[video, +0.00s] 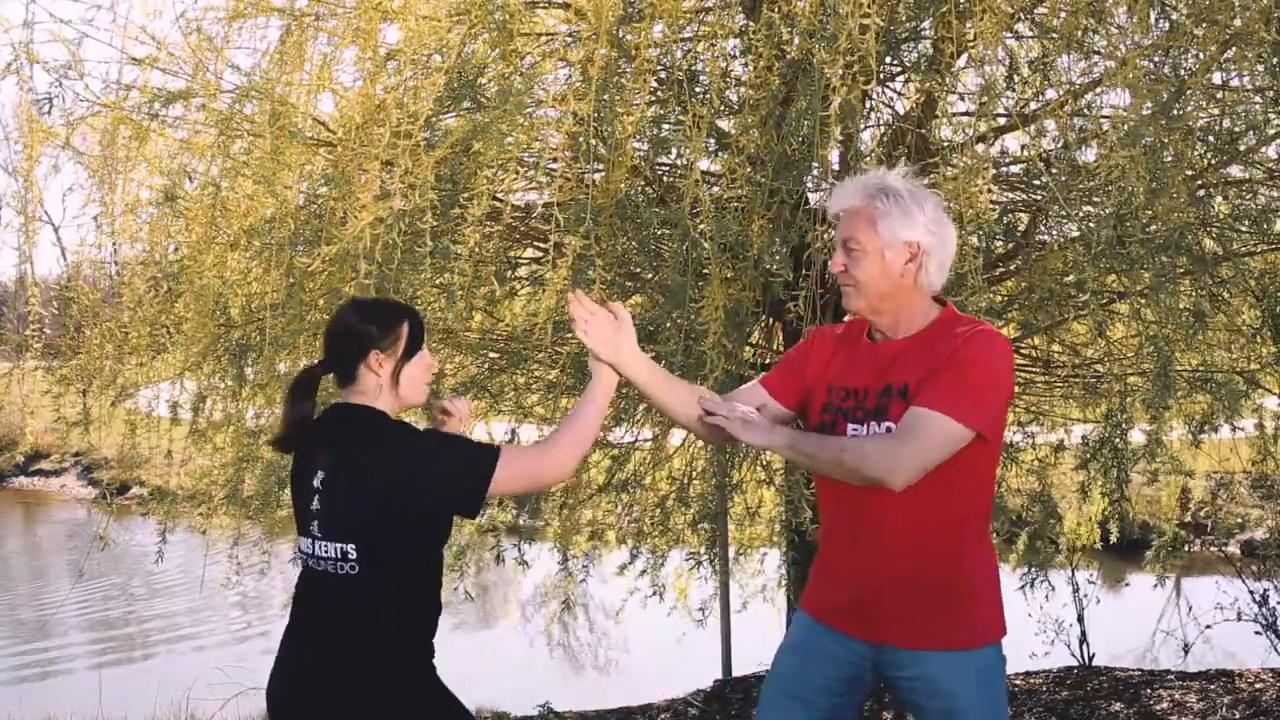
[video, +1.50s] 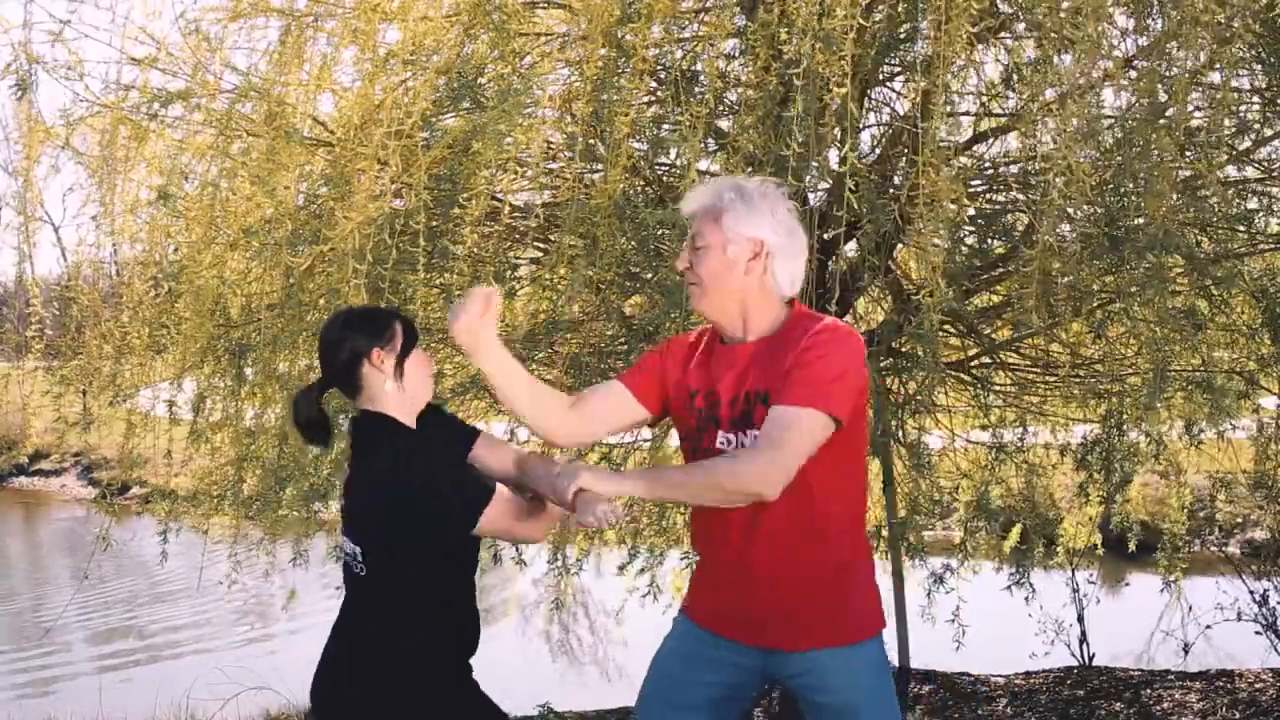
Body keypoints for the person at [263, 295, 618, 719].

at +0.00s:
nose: (433, 363)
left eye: (428, 352)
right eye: (422, 352)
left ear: (373, 364)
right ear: (379, 364)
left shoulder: (315, 440)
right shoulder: (414, 454)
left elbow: (381, 512)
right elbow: (554, 464)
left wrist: (443, 442)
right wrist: (606, 378)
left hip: (299, 685)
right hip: (390, 690)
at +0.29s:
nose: (423, 363)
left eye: (417, 349)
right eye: (412, 351)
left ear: (362, 364)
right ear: (370, 365)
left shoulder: (306, 445)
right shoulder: (407, 454)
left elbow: (389, 515)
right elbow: (553, 465)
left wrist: (431, 432)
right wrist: (600, 372)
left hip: (310, 685)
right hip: (401, 686)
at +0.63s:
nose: (421, 383)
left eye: (414, 370)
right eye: (408, 371)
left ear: (359, 386)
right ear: (362, 387)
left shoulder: (298, 462)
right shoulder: (410, 468)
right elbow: (536, 538)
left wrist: (410, 455)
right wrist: (590, 568)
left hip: (300, 698)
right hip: (393, 697)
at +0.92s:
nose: (435, 375)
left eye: (428, 364)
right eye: (422, 366)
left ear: (376, 391)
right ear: (383, 389)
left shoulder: (344, 463)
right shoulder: (433, 468)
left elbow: (446, 535)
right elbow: (548, 551)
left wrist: (467, 447)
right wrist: (617, 592)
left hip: (323, 695)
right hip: (412, 699)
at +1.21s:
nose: (434, 362)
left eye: (426, 350)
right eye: (421, 351)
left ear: (380, 372)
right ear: (388, 370)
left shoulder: (360, 447)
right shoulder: (443, 461)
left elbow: (501, 471)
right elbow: (559, 540)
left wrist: (556, 407)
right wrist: (572, 513)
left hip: (347, 693)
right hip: (435, 695)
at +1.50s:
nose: (430, 360)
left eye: (423, 346)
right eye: (419, 347)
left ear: (379, 360)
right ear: (381, 359)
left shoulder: (415, 419)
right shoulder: (408, 465)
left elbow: (516, 464)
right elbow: (530, 522)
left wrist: (574, 492)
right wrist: (568, 497)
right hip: (418, 693)